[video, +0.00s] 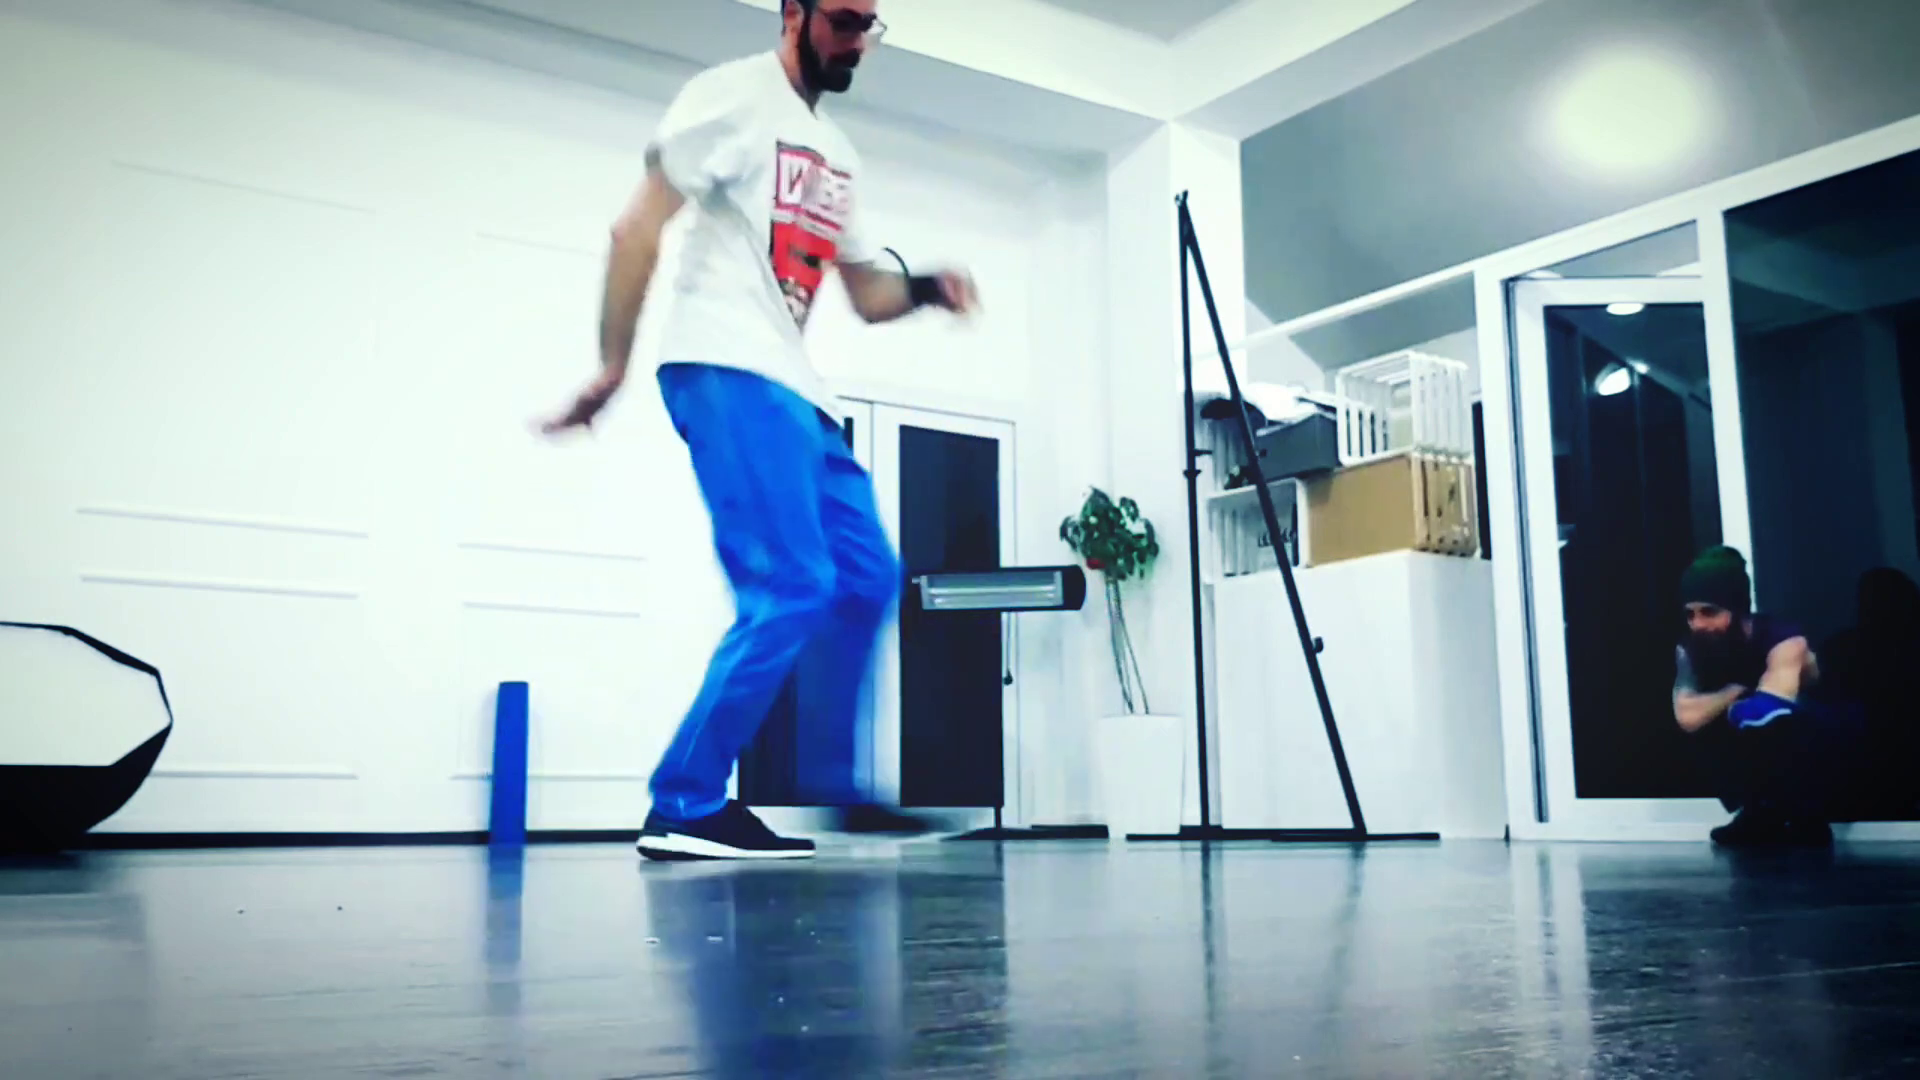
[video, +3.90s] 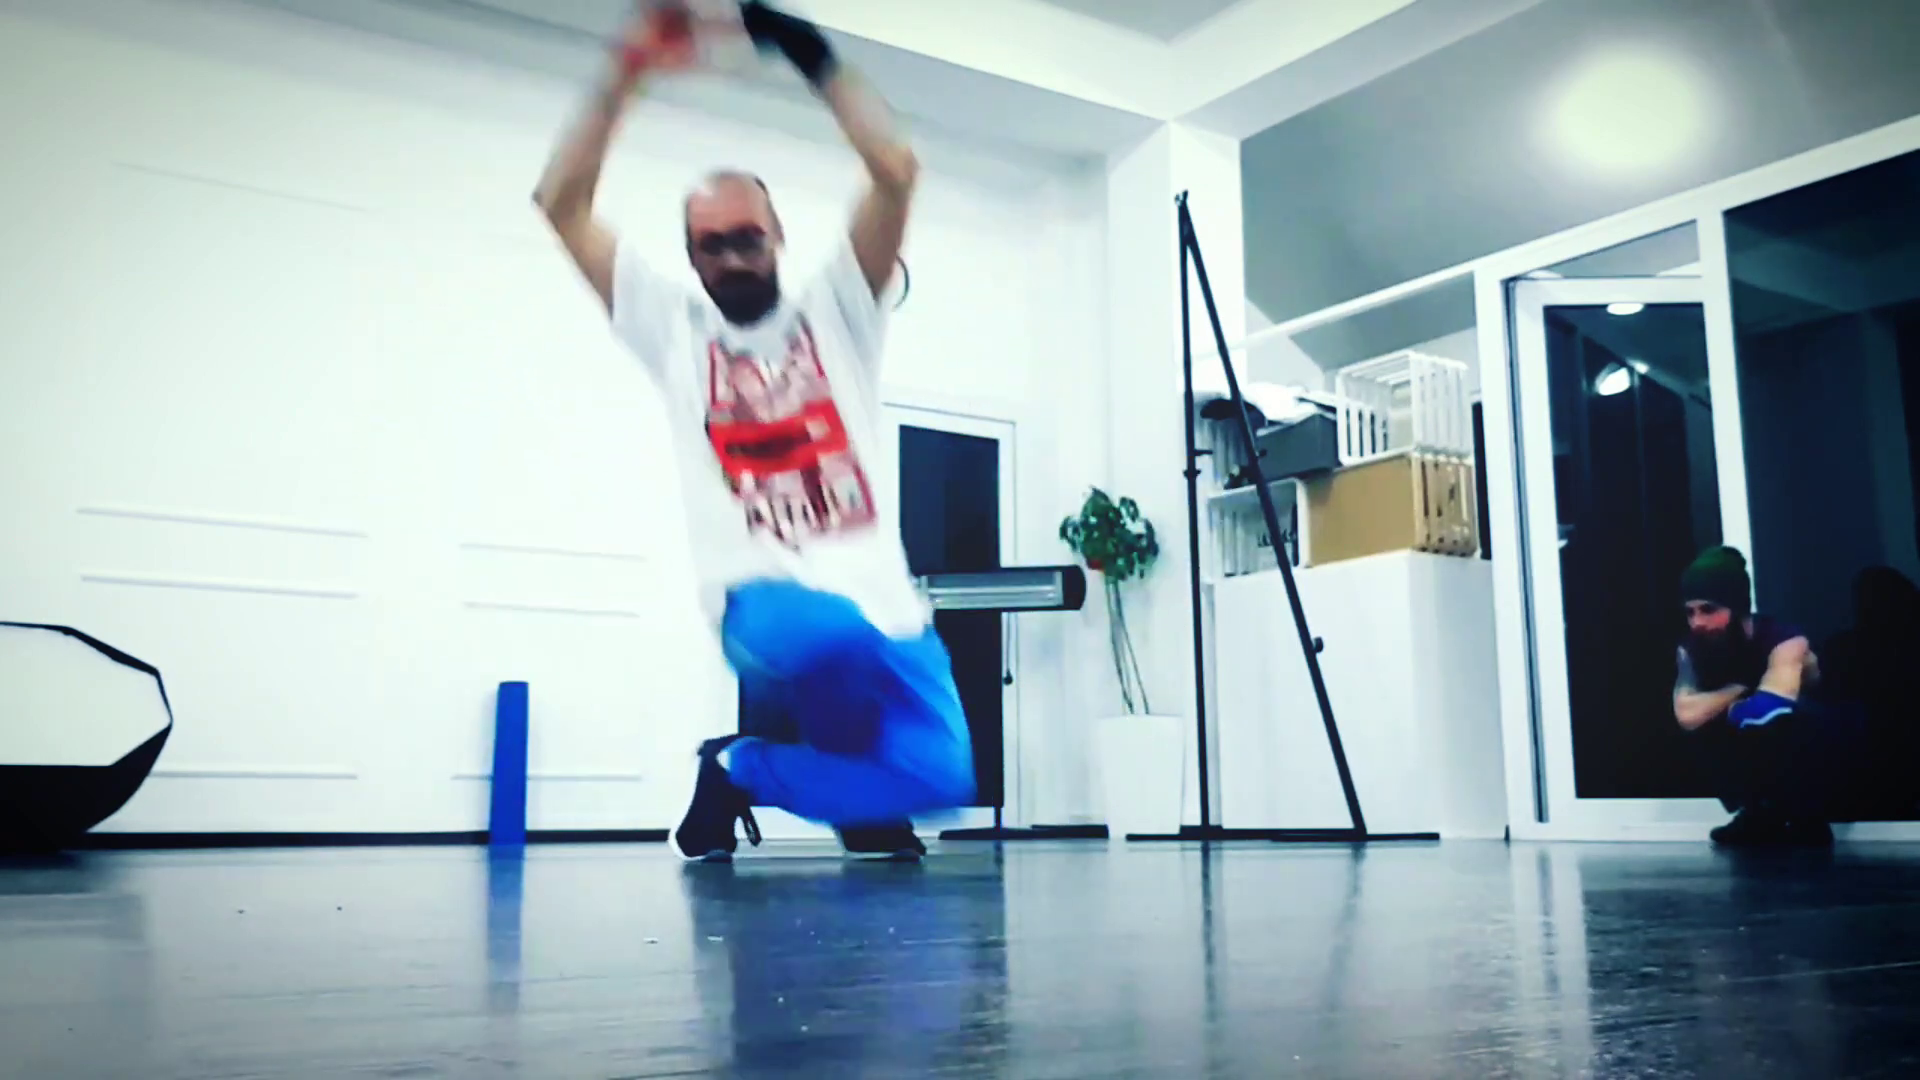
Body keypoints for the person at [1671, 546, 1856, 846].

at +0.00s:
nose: (1697, 625)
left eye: (1708, 613)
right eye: (1690, 614)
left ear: (1738, 610)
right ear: (1685, 615)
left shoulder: (1782, 639)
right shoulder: (1690, 653)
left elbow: (1775, 700)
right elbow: (1687, 716)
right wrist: (1733, 692)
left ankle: (1804, 820)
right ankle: (1756, 813)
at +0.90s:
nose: (1698, 624)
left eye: (1709, 613)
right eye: (1691, 614)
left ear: (1738, 609)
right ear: (1685, 613)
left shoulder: (1781, 637)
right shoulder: (1691, 652)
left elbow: (1776, 701)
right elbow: (1687, 715)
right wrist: (1737, 691)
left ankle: (1805, 820)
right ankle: (1757, 814)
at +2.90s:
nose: (1697, 622)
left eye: (1708, 610)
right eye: (1691, 612)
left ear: (1736, 605)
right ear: (1685, 611)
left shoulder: (1783, 639)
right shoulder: (1691, 651)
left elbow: (1774, 706)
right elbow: (1688, 715)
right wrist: (1735, 692)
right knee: (1705, 726)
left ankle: (1802, 819)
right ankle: (1755, 813)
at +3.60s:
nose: (1697, 623)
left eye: (1708, 611)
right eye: (1690, 613)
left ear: (1736, 607)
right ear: (1684, 612)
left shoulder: (1779, 637)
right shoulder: (1690, 652)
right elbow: (1688, 715)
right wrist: (1738, 690)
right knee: (1704, 727)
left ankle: (1802, 819)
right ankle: (1755, 814)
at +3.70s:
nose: (1697, 623)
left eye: (1708, 611)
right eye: (1690, 613)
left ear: (1736, 607)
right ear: (1684, 612)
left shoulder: (1777, 637)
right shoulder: (1691, 652)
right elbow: (1688, 715)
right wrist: (1738, 689)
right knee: (1704, 728)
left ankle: (1802, 819)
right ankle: (1755, 814)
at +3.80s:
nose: (1697, 624)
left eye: (1709, 611)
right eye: (1690, 613)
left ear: (1736, 606)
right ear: (1684, 612)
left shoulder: (1777, 638)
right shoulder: (1691, 652)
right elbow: (1688, 715)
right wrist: (1738, 689)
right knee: (1705, 727)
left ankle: (1802, 819)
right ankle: (1755, 814)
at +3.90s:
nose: (1697, 623)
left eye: (1708, 611)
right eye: (1690, 613)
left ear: (1736, 607)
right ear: (1684, 612)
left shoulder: (1780, 638)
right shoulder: (1691, 652)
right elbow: (1688, 715)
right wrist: (1739, 690)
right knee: (1704, 727)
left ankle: (1802, 818)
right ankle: (1754, 814)